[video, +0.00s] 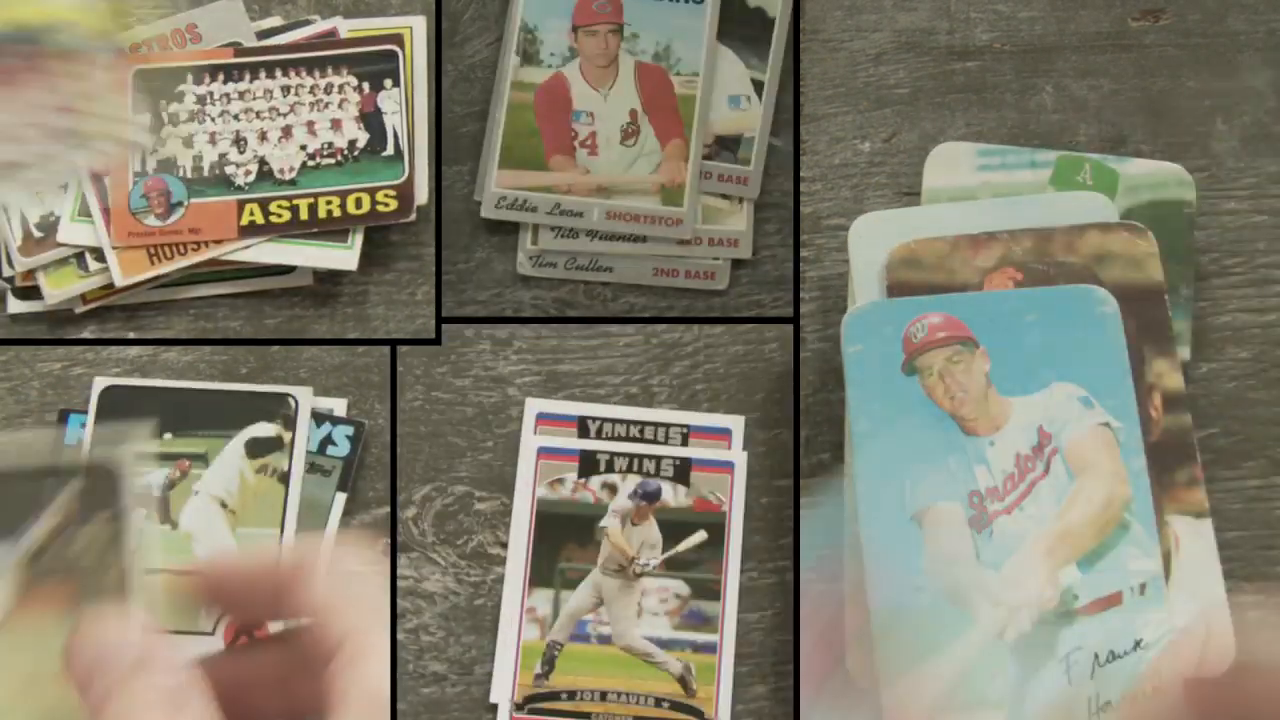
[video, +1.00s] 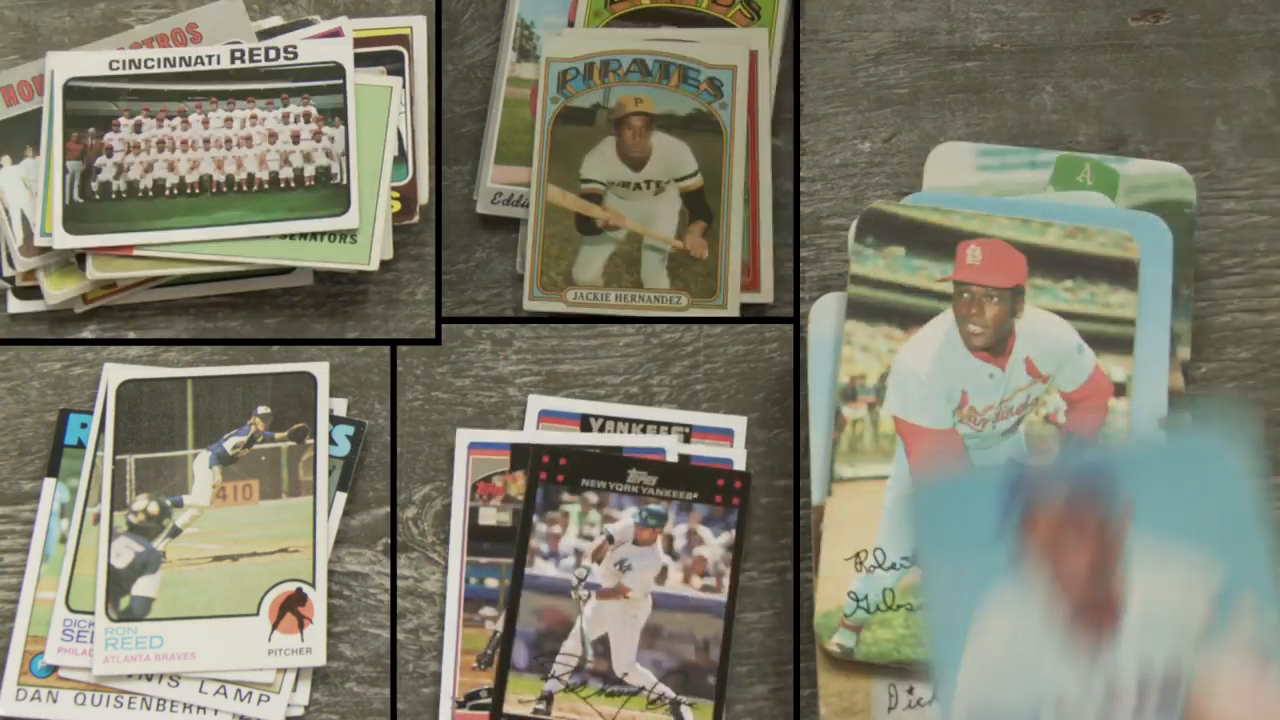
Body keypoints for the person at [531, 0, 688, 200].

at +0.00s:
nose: (603, 44)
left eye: (612, 33)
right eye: (591, 34)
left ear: (621, 36)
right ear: (573, 38)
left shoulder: (652, 78)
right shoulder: (554, 90)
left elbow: (674, 138)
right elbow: (558, 155)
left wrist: (673, 161)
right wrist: (576, 177)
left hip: (641, 198)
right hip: (584, 198)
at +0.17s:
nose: (603, 45)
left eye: (612, 33)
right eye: (592, 34)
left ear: (621, 36)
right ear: (573, 38)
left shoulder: (652, 78)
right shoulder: (553, 91)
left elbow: (674, 138)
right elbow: (558, 155)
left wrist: (673, 162)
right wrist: (575, 177)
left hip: (641, 200)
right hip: (584, 200)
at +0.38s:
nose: (674, 58)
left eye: (679, 53)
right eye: (669, 52)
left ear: (682, 56)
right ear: (658, 51)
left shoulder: (682, 86)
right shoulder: (629, 73)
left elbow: (677, 123)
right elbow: (598, 106)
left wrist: (690, 130)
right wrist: (618, 139)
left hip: (649, 134)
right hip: (620, 133)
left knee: (648, 186)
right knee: (629, 189)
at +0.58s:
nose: (655, 139)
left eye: (666, 128)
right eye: (649, 129)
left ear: (692, 129)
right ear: (644, 133)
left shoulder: (732, 165)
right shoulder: (638, 180)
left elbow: (771, 224)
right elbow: (623, 238)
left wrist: (745, 262)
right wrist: (594, 263)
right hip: (686, 275)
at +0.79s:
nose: (656, 140)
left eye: (666, 128)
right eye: (649, 130)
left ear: (691, 128)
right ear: (643, 133)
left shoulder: (725, 165)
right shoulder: (638, 180)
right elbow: (622, 241)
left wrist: (744, 262)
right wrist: (593, 262)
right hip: (686, 272)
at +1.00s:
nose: (637, 136)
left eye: (645, 129)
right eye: (630, 129)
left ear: (652, 130)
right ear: (616, 131)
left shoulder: (677, 153)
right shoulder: (598, 158)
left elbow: (700, 209)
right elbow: (582, 223)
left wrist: (694, 233)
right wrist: (600, 221)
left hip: (662, 204)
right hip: (616, 202)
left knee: (653, 274)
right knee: (584, 273)